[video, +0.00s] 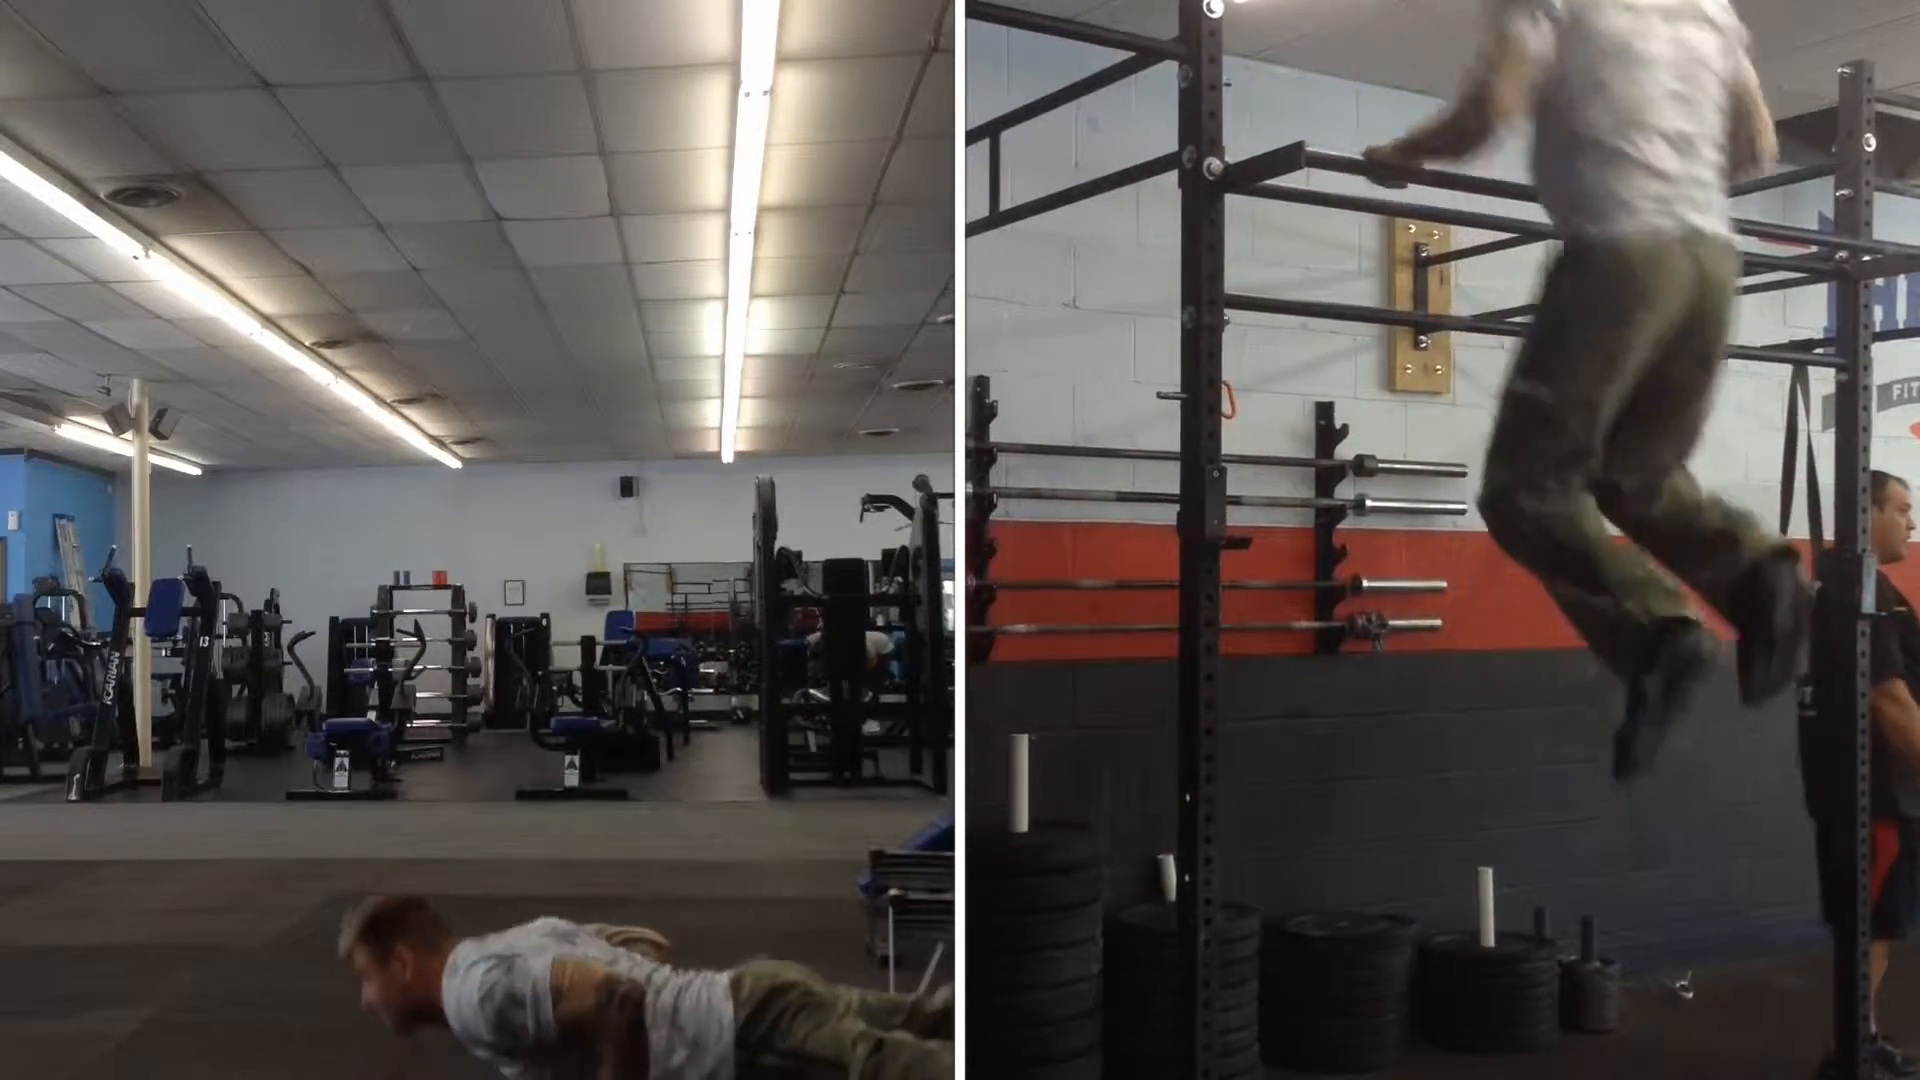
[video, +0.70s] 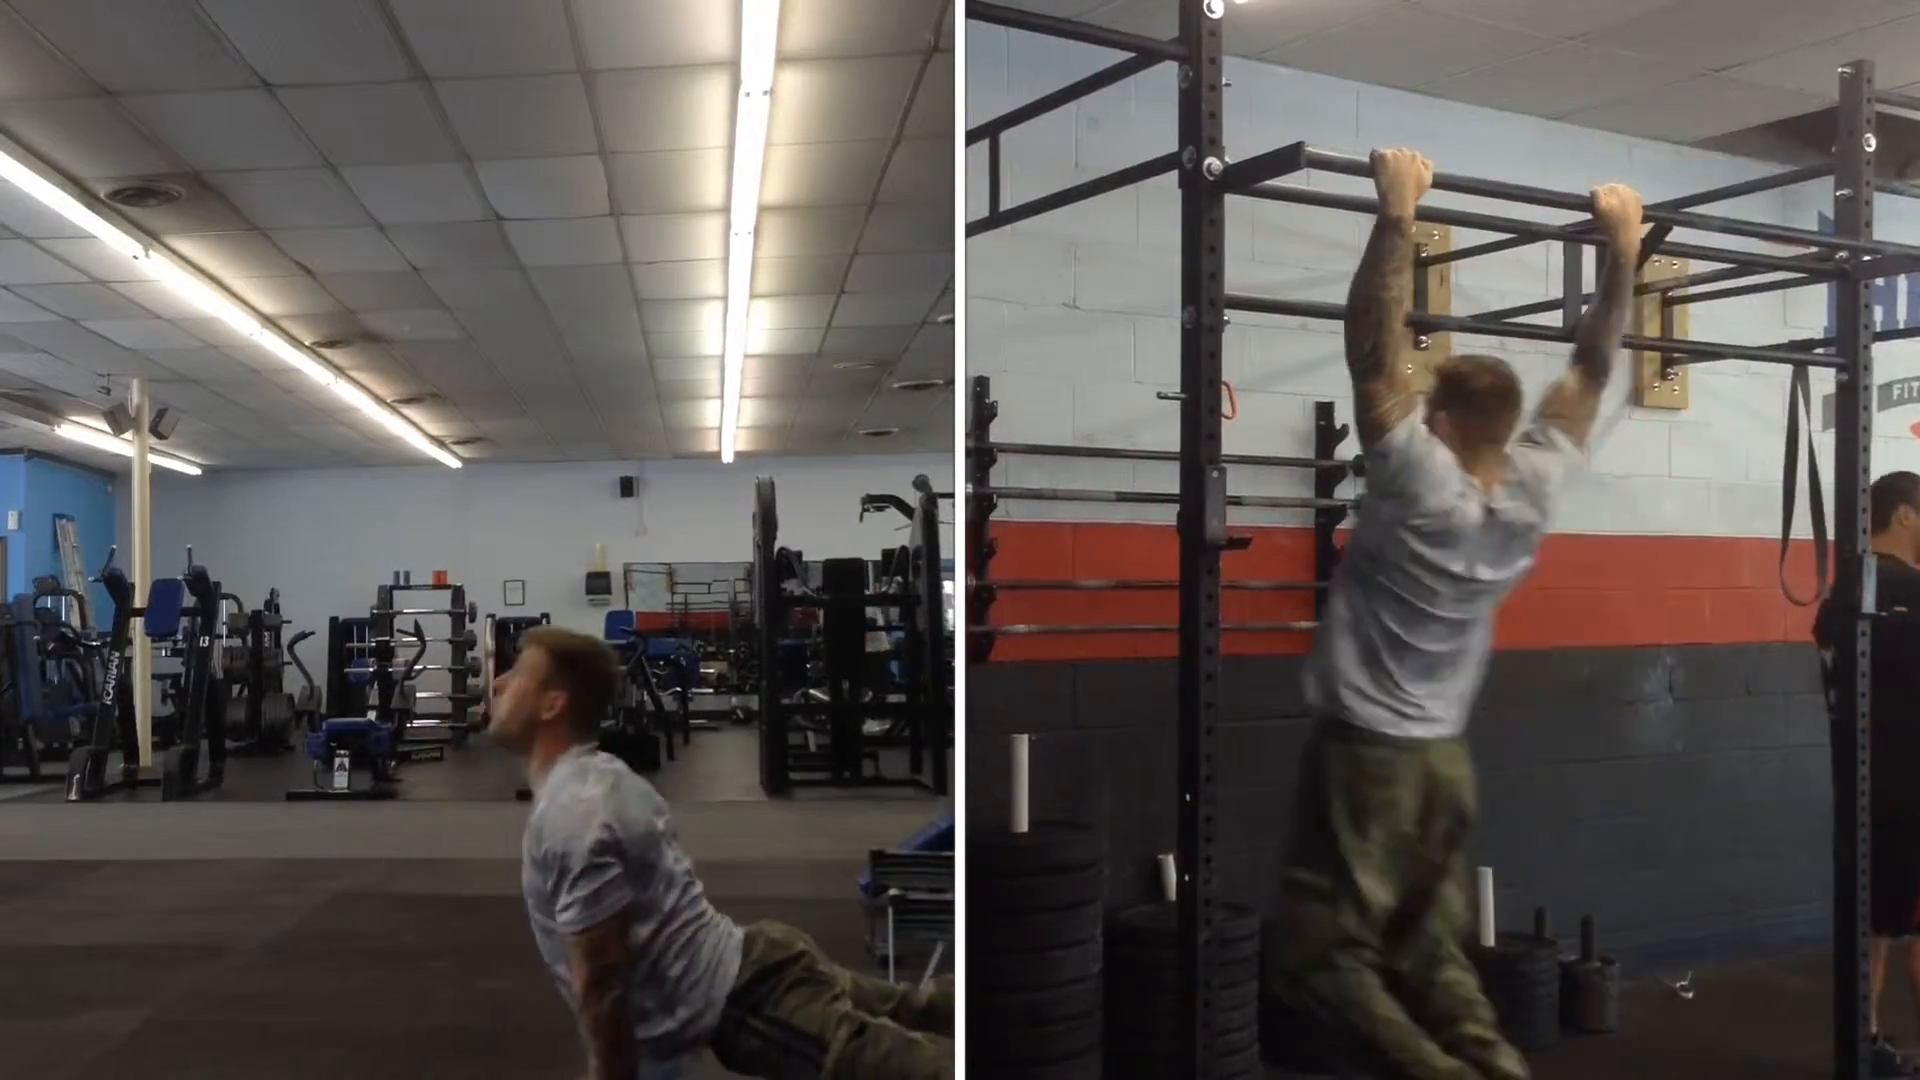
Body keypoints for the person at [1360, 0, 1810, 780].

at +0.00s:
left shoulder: (1547, 7)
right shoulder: (1707, 11)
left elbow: (1491, 112)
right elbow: (1757, 148)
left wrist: (1407, 151)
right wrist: (1666, 165)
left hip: (1619, 255)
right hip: (1715, 259)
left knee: (1526, 489)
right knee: (1635, 473)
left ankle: (1657, 640)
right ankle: (1760, 581)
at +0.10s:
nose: (1556, 16)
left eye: (1558, 10)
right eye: (1558, 12)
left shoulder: (1590, 33)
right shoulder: (1763, 62)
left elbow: (1495, 190)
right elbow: (1742, 197)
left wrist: (1416, 165)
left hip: (1658, 343)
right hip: (1757, 351)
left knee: (1536, 556)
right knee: (1649, 544)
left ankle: (1674, 713)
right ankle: (1766, 662)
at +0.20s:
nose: (1604, 103)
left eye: (1604, 91)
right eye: (1609, 93)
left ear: (1622, 81)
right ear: (1698, 77)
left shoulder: (1603, 151)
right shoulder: (1775, 159)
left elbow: (1473, 255)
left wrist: (1416, 185)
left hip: (1660, 475)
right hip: (1761, 483)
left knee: (1534, 661)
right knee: (1643, 648)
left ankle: (1661, 830)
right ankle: (1748, 784)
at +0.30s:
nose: (1600, 215)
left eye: (1605, 202)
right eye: (1607, 202)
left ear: (1619, 202)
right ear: (1700, 212)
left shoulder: (1593, 269)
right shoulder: (1762, 289)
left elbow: (1440, 299)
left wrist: (1412, 190)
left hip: (1626, 601)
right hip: (1721, 616)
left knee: (1509, 789)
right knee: (1618, 772)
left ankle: (1631, 964)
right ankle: (1707, 928)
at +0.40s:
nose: (1571, 313)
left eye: (1577, 299)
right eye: (1577, 300)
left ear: (1590, 307)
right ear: (1662, 318)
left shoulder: (1558, 374)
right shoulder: (1702, 391)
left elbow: (1422, 331)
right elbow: (1669, 328)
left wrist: (1405, 205)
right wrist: (1641, 244)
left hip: (1573, 699)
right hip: (1663, 704)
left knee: (1470, 900)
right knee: (1569, 883)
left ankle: (1601, 1059)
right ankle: (1660, 1034)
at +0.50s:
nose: (1513, 379)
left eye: (1521, 366)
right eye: (1523, 366)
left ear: (1530, 376)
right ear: (1602, 383)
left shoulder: (1506, 445)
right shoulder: (1639, 456)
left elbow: (1392, 352)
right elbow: (1643, 357)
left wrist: (1398, 213)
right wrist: (1635, 245)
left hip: (1500, 755)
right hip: (1585, 760)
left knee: (1424, 967)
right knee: (1518, 960)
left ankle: (1526, 1069)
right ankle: (1601, 1067)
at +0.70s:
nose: (1422, 391)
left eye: (1431, 388)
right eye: (1431, 383)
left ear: (1440, 421)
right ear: (1507, 432)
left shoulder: (1410, 485)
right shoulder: (1524, 502)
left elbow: (1372, 344)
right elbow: (1590, 372)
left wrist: (1394, 217)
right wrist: (1620, 263)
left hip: (1366, 754)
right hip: (1446, 756)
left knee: (1320, 954)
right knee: (1427, 948)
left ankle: (1437, 1070)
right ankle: (1500, 1066)